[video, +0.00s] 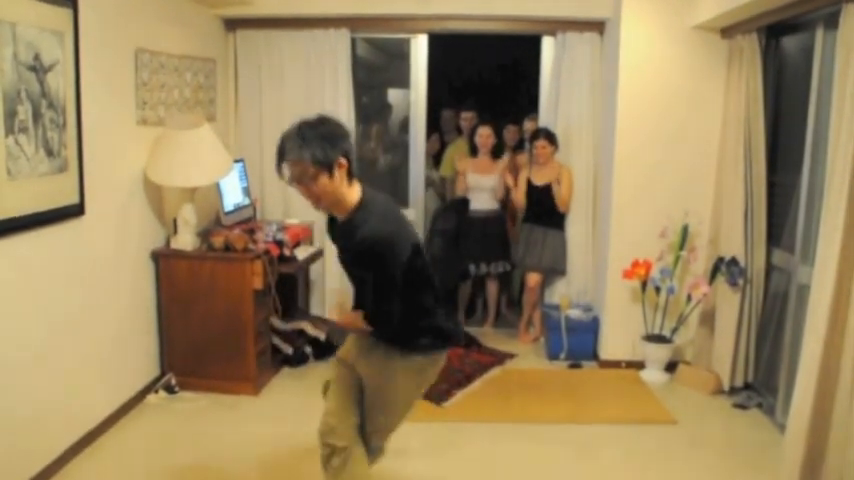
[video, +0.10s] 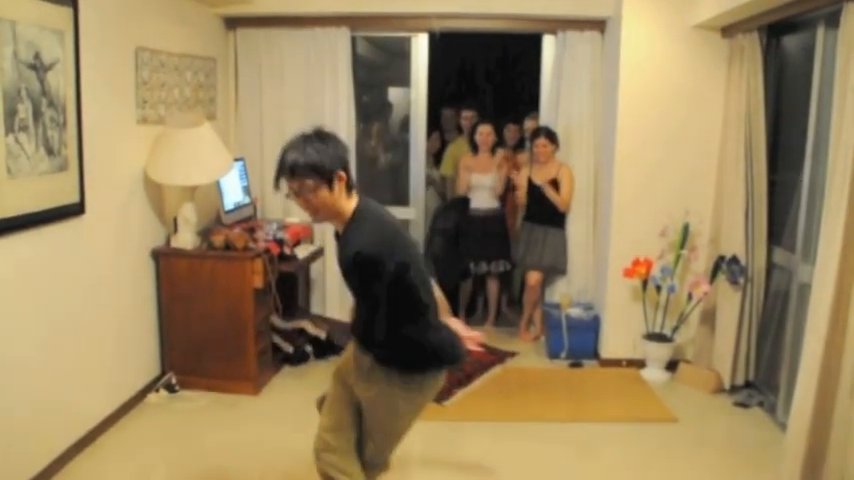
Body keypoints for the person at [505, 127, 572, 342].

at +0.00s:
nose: (540, 152)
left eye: (544, 147)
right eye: (536, 147)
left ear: (554, 149)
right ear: (532, 149)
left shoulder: (562, 172)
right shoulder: (526, 172)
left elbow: (563, 206)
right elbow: (520, 204)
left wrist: (555, 186)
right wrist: (514, 183)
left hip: (551, 229)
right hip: (530, 227)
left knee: (533, 280)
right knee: (535, 283)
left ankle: (523, 323)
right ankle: (538, 326)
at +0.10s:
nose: (540, 151)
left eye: (545, 146)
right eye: (537, 146)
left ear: (554, 148)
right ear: (532, 148)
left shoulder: (563, 171)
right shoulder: (527, 170)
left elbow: (564, 205)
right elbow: (521, 201)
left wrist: (546, 187)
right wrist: (518, 188)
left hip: (551, 228)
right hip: (530, 226)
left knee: (533, 278)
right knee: (534, 282)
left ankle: (524, 322)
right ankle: (538, 325)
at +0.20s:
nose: (540, 147)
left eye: (544, 142)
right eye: (537, 142)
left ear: (554, 145)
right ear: (532, 145)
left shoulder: (563, 168)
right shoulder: (527, 168)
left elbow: (564, 203)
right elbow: (522, 195)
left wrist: (536, 194)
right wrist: (526, 190)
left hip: (552, 224)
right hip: (531, 222)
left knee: (534, 276)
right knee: (533, 279)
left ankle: (524, 321)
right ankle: (539, 323)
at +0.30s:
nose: (539, 144)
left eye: (544, 140)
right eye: (536, 140)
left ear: (554, 143)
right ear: (532, 143)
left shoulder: (563, 166)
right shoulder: (527, 166)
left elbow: (564, 201)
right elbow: (522, 196)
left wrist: (538, 188)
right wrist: (524, 184)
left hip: (552, 223)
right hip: (530, 221)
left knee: (535, 273)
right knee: (533, 277)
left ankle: (524, 318)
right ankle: (539, 321)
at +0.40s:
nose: (539, 142)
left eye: (544, 138)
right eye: (536, 138)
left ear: (554, 141)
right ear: (532, 141)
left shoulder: (563, 163)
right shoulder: (527, 163)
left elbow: (562, 197)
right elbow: (521, 193)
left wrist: (550, 177)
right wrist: (515, 172)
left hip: (553, 223)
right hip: (531, 221)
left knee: (535, 273)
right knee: (534, 275)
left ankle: (525, 316)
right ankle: (539, 318)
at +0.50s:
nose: (541, 141)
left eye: (546, 136)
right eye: (537, 136)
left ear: (555, 138)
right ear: (533, 139)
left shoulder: (563, 162)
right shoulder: (526, 162)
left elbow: (563, 195)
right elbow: (520, 193)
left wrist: (556, 172)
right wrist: (518, 170)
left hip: (553, 221)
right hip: (530, 217)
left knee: (543, 269)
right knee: (529, 267)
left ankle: (533, 314)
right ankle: (533, 313)